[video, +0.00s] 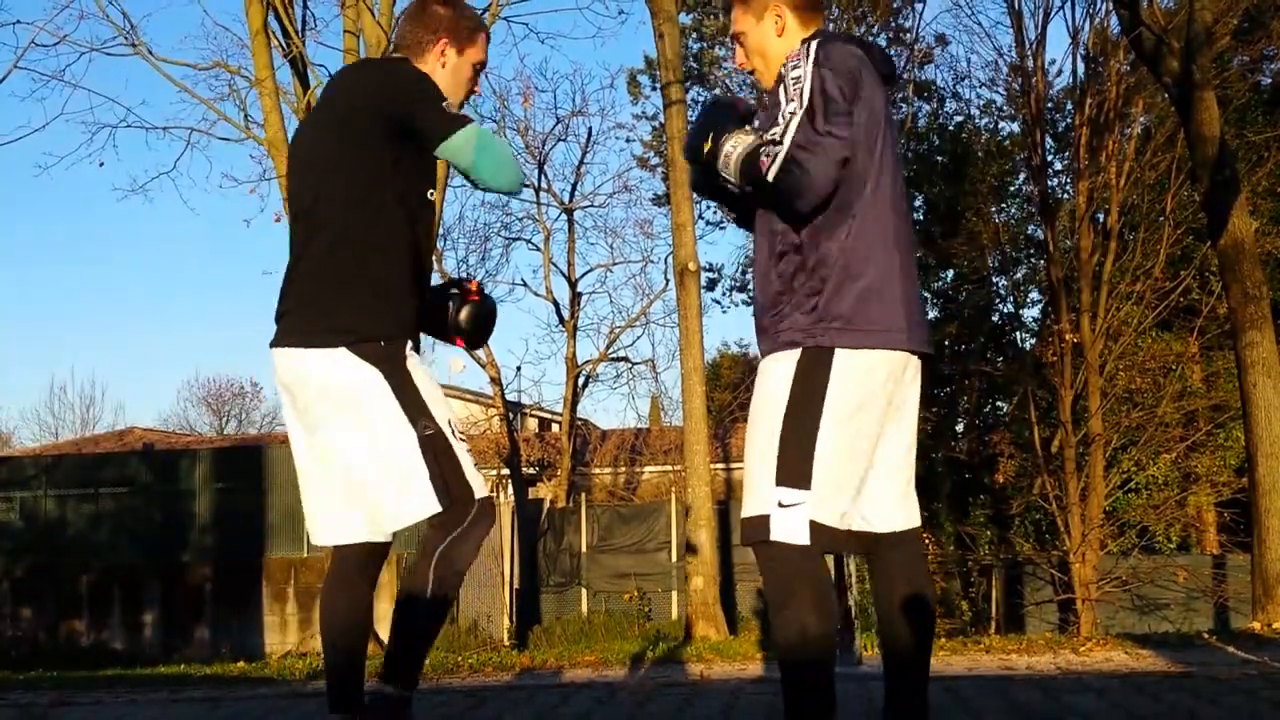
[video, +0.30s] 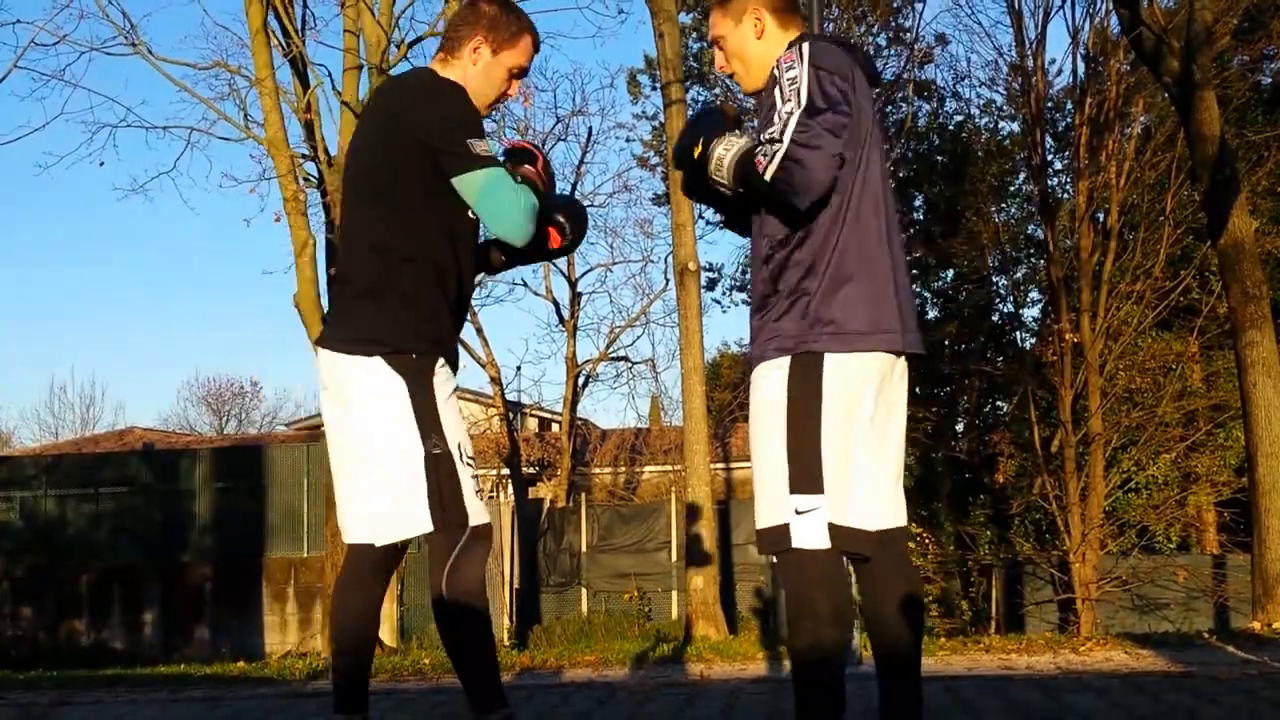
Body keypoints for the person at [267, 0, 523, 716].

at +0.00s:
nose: (472, 88)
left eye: (475, 73)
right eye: (473, 69)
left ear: (422, 44)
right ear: (444, 51)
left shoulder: (336, 106)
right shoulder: (395, 83)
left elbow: (347, 249)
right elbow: (506, 176)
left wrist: (436, 309)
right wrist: (451, 121)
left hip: (306, 345)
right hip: (359, 344)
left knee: (360, 529)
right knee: (467, 513)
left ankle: (345, 707)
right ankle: (396, 696)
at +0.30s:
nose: (514, 92)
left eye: (519, 79)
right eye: (514, 74)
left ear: (469, 50)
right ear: (478, 49)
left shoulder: (404, 107)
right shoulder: (430, 99)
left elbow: (454, 247)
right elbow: (514, 219)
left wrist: (535, 233)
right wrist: (527, 188)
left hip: (358, 348)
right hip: (393, 351)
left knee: (374, 538)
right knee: (460, 534)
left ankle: (348, 712)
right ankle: (491, 712)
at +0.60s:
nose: (576, 67)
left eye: (581, 53)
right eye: (572, 49)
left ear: (528, 30)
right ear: (527, 28)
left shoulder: (486, 99)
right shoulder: (481, 88)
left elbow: (489, 253)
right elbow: (531, 221)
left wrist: (566, 275)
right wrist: (580, 199)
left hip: (463, 339)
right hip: (457, 341)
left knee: (496, 526)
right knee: (501, 525)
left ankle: (417, 697)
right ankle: (506, 711)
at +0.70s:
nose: (594, 62)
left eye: (599, 48)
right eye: (589, 43)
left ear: (551, 30)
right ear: (543, 25)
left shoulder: (512, 105)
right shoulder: (490, 88)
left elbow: (506, 256)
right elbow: (504, 216)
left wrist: (578, 276)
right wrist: (576, 210)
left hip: (503, 345)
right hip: (473, 342)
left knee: (544, 523)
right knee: (514, 522)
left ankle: (490, 703)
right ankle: (494, 707)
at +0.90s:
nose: (620, 59)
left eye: (628, 46)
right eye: (617, 39)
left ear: (582, 26)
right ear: (570, 18)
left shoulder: (570, 126)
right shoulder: (493, 77)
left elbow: (592, 253)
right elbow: (465, 188)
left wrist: (649, 206)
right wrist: (571, 176)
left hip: (558, 348)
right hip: (491, 342)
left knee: (582, 530)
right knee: (514, 530)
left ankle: (606, 709)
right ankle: (508, 713)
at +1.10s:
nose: (629, 69)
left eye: (637, 57)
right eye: (623, 50)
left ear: (633, 54)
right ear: (580, 29)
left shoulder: (606, 132)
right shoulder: (502, 89)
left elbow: (688, 200)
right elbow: (535, 183)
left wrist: (752, 152)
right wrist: (636, 160)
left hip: (588, 348)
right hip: (516, 344)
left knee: (607, 533)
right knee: (546, 532)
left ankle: (610, 713)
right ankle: (518, 716)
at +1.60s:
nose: (623, 75)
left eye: (631, 63)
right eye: (618, 56)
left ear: (591, 42)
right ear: (575, 34)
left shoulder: (591, 140)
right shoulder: (497, 99)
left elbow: (598, 251)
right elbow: (426, 194)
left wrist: (682, 237)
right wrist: (529, 223)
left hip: (595, 357)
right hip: (520, 352)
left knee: (602, 534)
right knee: (514, 527)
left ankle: (610, 711)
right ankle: (418, 705)